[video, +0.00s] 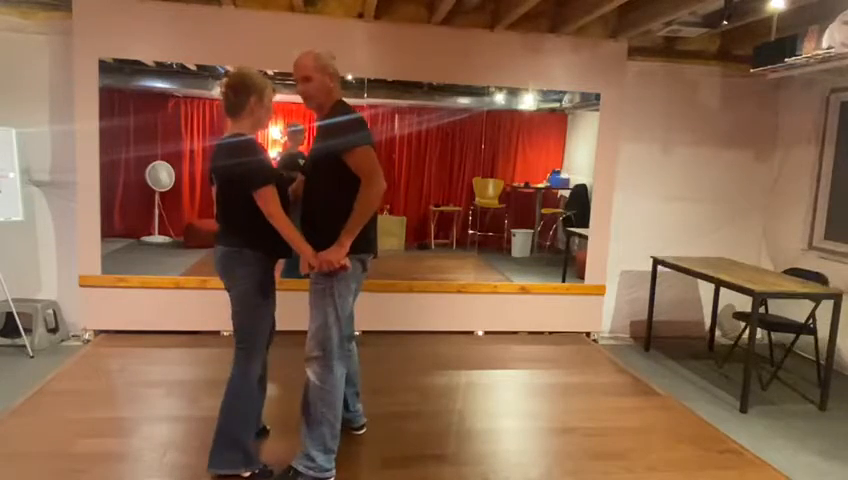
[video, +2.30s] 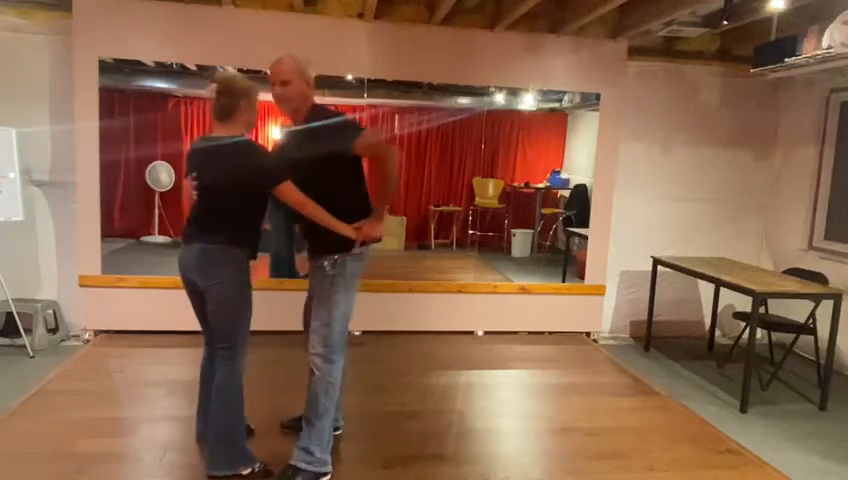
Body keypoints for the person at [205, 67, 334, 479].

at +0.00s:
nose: (271, 111)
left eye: (271, 104)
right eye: (269, 103)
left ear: (233, 104)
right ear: (254, 103)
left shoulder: (225, 149)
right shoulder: (248, 150)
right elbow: (272, 210)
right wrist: (306, 249)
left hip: (236, 253)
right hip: (250, 258)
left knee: (258, 343)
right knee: (250, 353)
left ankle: (249, 424)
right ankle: (230, 459)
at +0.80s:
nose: (272, 116)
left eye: (272, 108)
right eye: (270, 108)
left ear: (229, 107)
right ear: (257, 109)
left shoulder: (216, 155)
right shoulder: (250, 163)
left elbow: (205, 210)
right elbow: (283, 226)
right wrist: (325, 267)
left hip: (226, 266)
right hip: (249, 272)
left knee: (249, 359)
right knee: (251, 365)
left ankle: (234, 452)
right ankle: (234, 463)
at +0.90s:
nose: (270, 112)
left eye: (270, 105)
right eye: (267, 105)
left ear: (228, 106)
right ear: (251, 106)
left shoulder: (215, 153)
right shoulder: (248, 162)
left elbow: (209, 207)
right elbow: (284, 223)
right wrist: (325, 262)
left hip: (226, 264)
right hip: (249, 269)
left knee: (249, 350)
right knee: (254, 361)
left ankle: (224, 423)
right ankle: (234, 461)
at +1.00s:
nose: (267, 109)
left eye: (267, 101)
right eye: (263, 101)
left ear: (223, 103)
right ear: (244, 104)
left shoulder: (215, 150)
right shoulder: (243, 157)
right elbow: (284, 219)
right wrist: (325, 258)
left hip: (226, 261)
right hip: (249, 266)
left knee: (247, 345)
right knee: (255, 357)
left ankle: (223, 422)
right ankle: (235, 459)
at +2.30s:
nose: (260, 110)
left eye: (257, 103)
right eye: (257, 104)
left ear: (215, 107)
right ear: (247, 109)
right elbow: (298, 201)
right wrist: (347, 229)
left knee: (216, 348)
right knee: (230, 355)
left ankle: (210, 429)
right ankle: (227, 458)